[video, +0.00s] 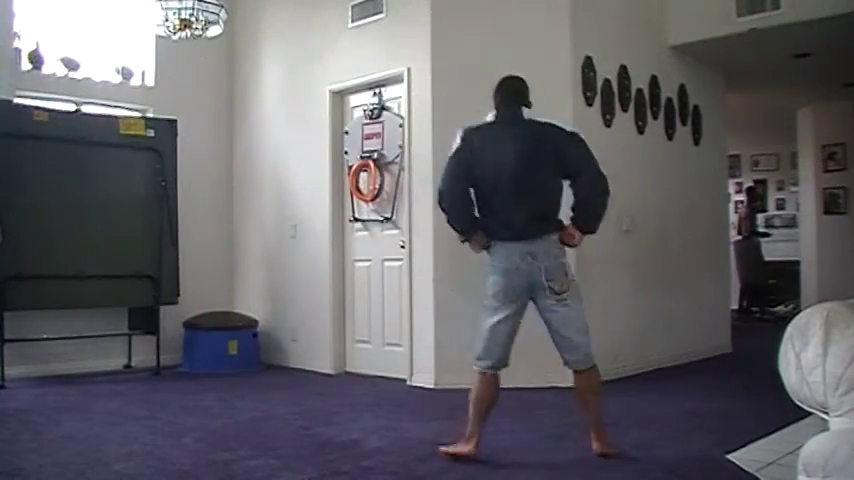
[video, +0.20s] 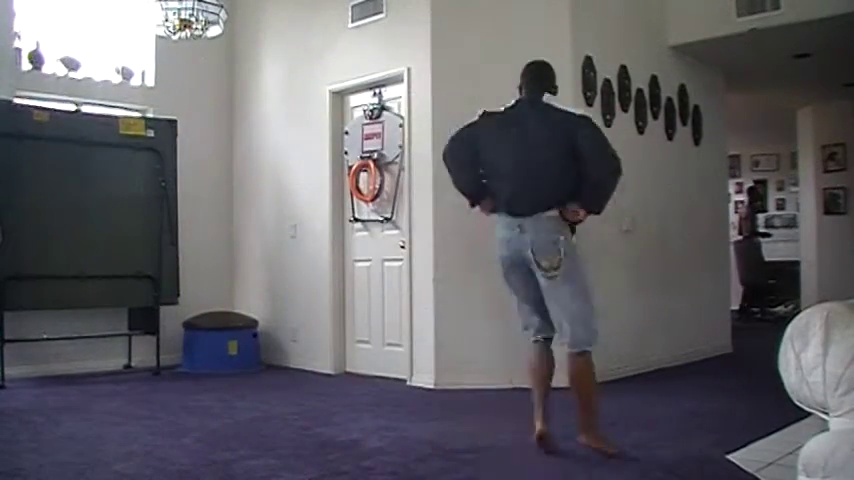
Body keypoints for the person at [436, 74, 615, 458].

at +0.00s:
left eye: (502, 101)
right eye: (520, 101)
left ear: (495, 105)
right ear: (527, 104)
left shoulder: (474, 140)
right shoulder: (556, 138)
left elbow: (450, 193)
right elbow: (594, 185)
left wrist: (473, 232)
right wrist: (579, 228)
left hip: (504, 256)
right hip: (549, 253)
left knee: (488, 358)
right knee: (580, 353)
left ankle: (470, 440)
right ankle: (598, 438)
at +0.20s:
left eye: (524, 86)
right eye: (545, 86)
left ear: (519, 88)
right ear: (553, 89)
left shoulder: (491, 123)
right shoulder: (573, 124)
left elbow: (454, 151)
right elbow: (607, 167)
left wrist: (479, 196)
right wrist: (584, 206)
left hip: (507, 236)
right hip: (551, 233)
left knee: (537, 332)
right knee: (578, 333)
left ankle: (539, 422)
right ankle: (589, 431)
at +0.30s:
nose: (541, 81)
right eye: (545, 76)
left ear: (515, 75)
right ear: (548, 77)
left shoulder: (484, 108)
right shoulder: (562, 105)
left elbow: (449, 150)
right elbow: (607, 151)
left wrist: (479, 189)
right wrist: (588, 193)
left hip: (503, 222)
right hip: (543, 219)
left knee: (542, 326)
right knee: (558, 329)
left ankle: (562, 415)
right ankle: (537, 424)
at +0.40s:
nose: (540, 98)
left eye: (531, 90)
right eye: (541, 91)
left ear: (510, 89)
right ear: (541, 89)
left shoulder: (487, 123)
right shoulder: (543, 113)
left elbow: (452, 176)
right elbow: (610, 157)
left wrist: (485, 210)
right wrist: (608, 170)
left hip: (510, 237)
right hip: (536, 236)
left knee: (563, 338)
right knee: (545, 346)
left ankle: (566, 429)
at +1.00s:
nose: (463, 127)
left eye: (467, 120)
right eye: (459, 118)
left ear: (461, 115)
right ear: (440, 109)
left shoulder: (449, 152)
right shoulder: (396, 127)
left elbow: (489, 154)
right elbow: (339, 94)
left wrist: (516, 137)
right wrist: (290, 53)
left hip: (347, 235)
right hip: (345, 231)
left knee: (280, 319)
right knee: (380, 344)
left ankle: (187, 352)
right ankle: (392, 453)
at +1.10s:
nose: (445, 134)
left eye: (447, 128)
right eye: (441, 126)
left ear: (441, 127)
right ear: (425, 118)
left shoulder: (433, 153)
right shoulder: (379, 127)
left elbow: (464, 161)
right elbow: (330, 79)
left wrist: (482, 145)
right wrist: (288, 25)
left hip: (307, 226)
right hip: (320, 228)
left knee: (235, 314)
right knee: (352, 342)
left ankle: (157, 369)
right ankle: (361, 448)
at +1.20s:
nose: (416, 178)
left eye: (420, 171)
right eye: (413, 169)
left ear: (412, 165)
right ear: (394, 155)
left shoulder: (400, 189)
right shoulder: (352, 150)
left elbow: (426, 199)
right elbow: (316, 100)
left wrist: (448, 197)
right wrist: (277, 50)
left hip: (273, 246)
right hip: (287, 249)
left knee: (202, 332)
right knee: (324, 358)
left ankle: (141, 401)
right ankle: (336, 465)